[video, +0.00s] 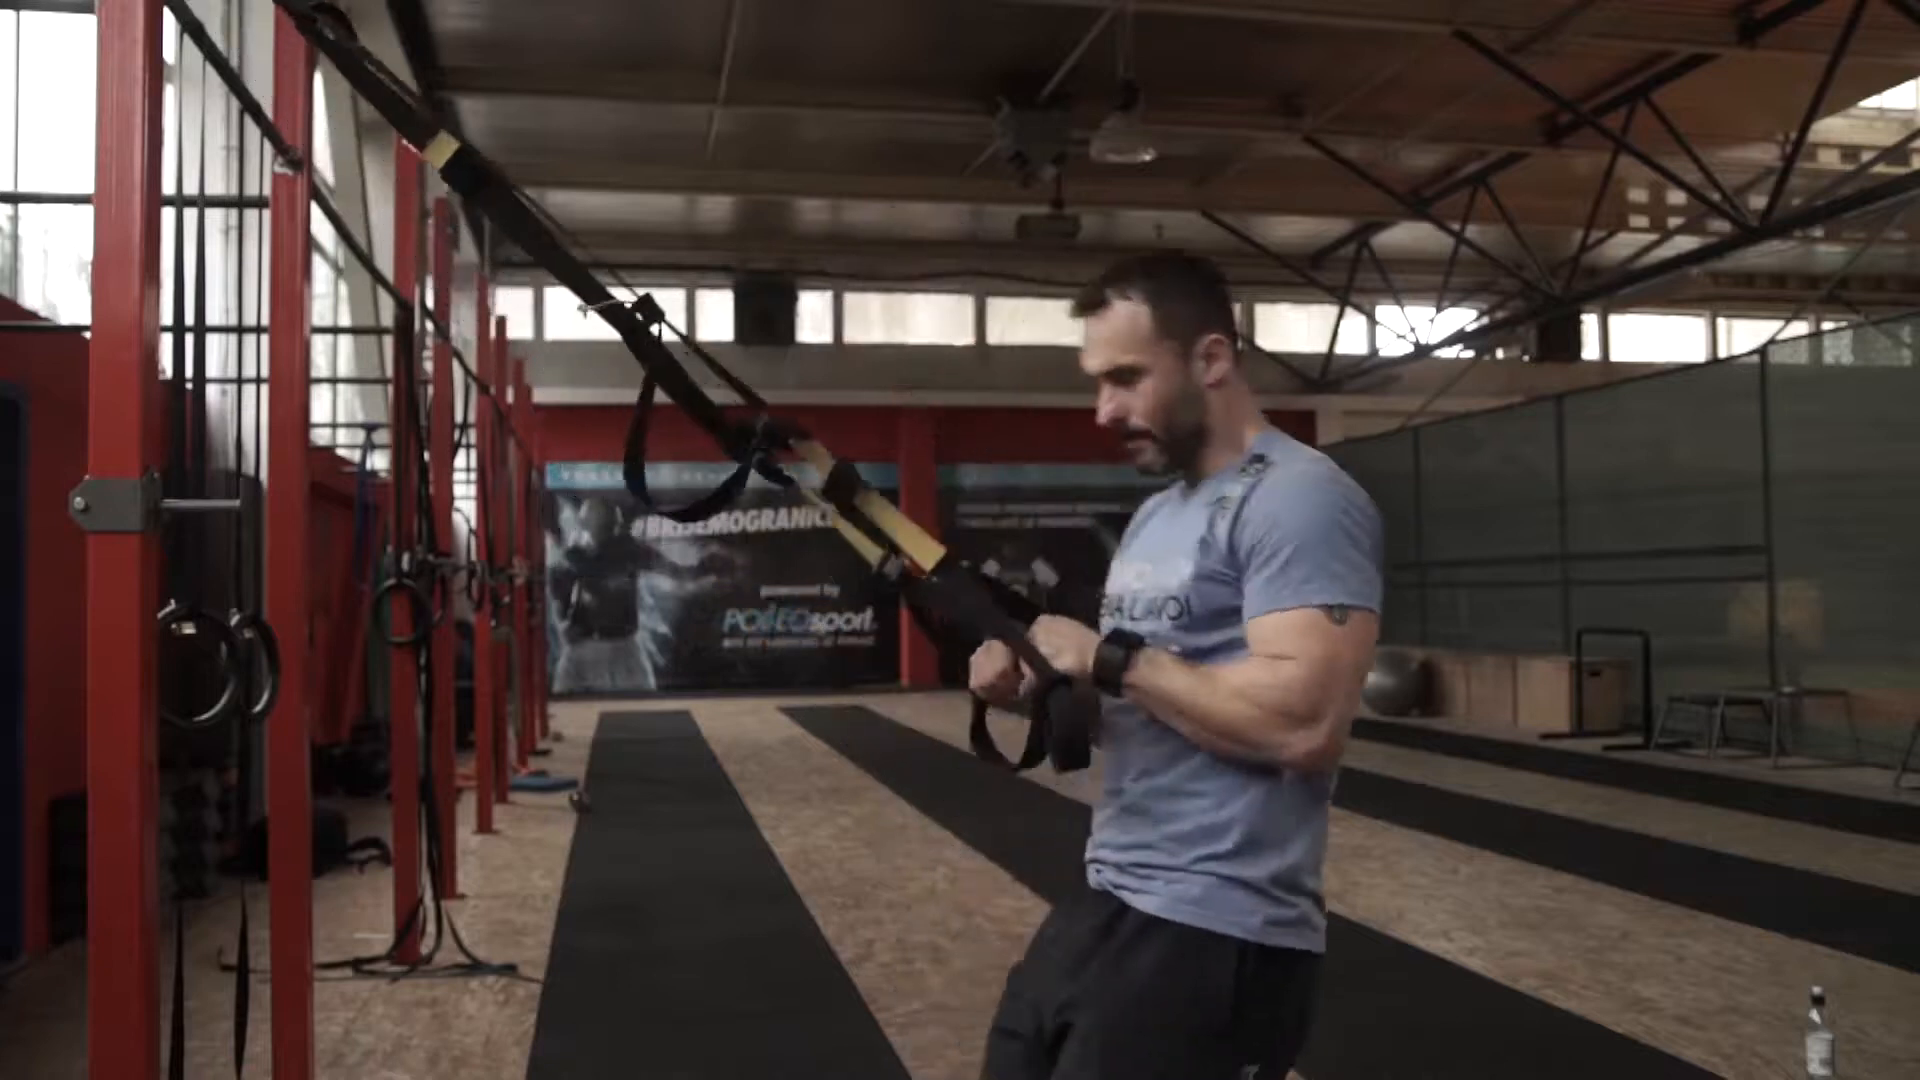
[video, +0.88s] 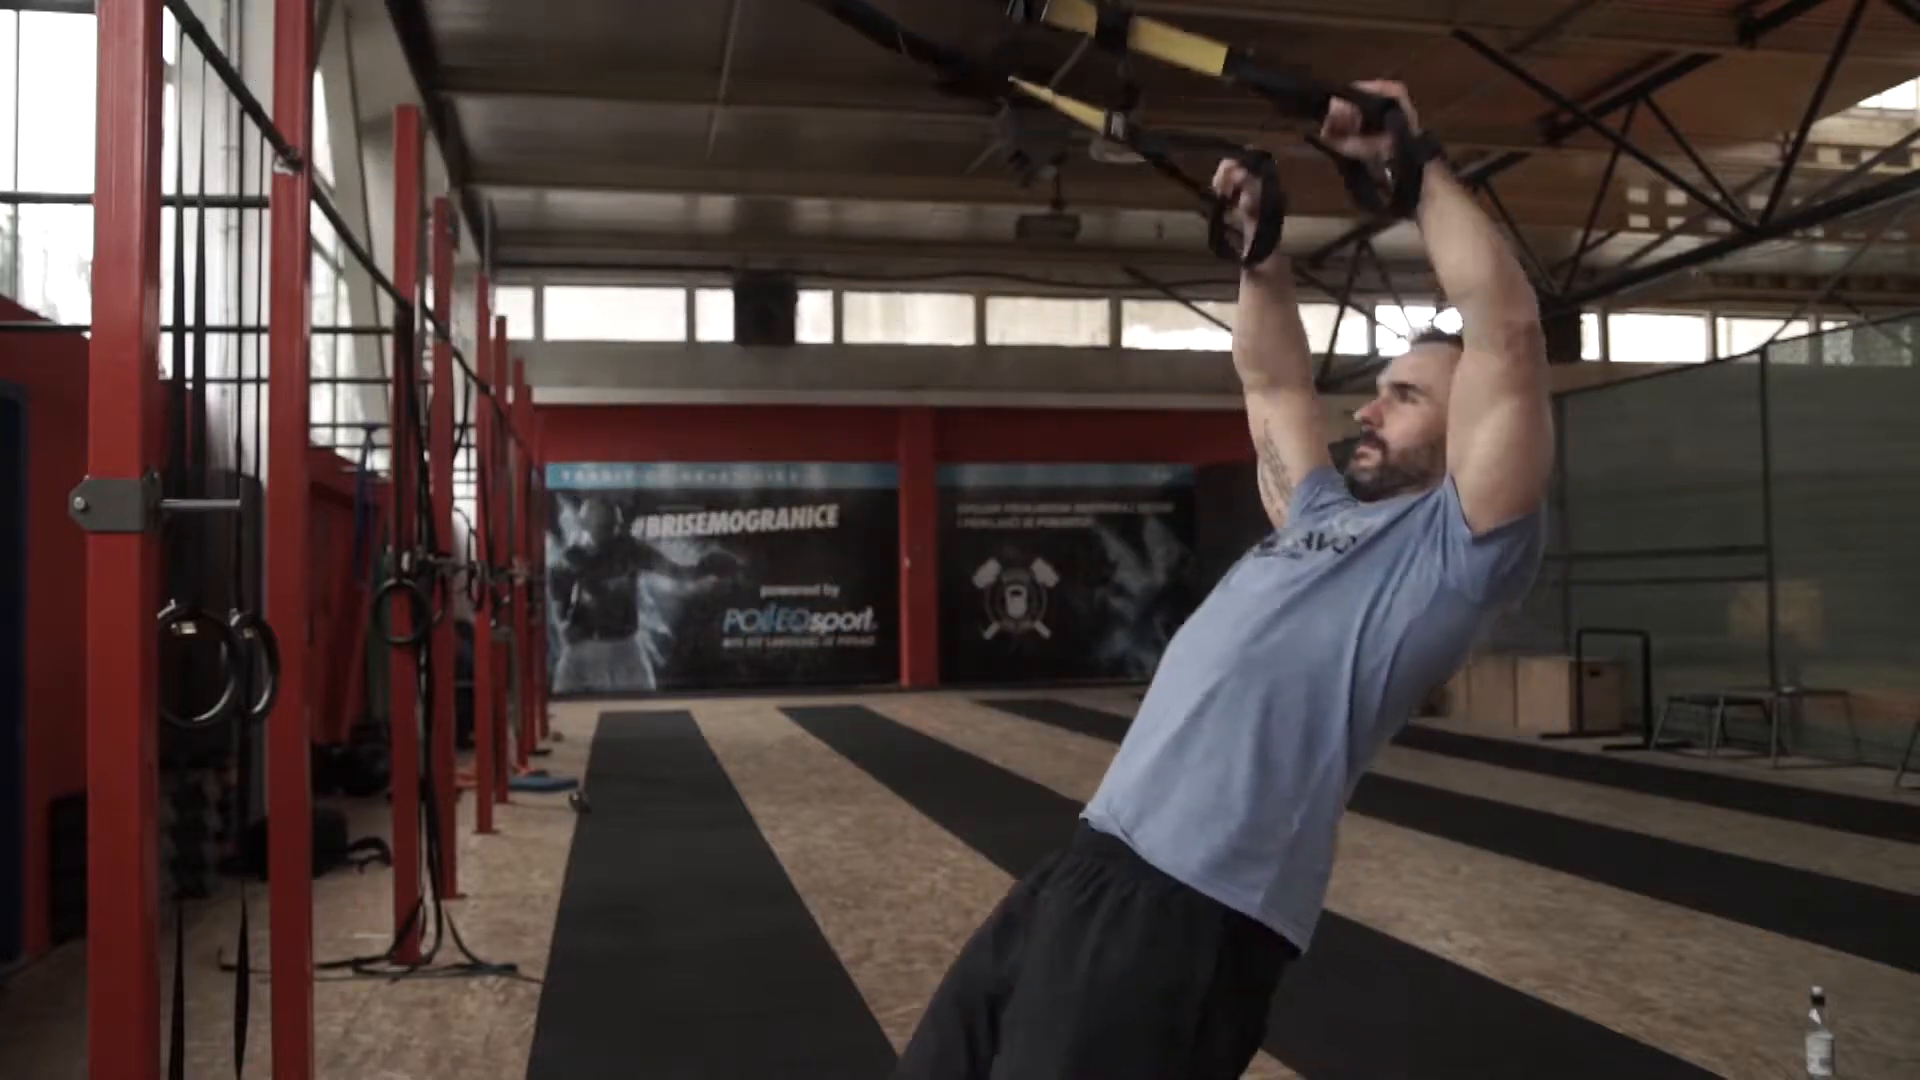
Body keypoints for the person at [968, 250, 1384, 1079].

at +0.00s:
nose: (1106, 411)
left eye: (1128, 378)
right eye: (1098, 385)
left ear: (1213, 359)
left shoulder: (1304, 495)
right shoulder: (1157, 514)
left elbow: (1302, 723)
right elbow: (1152, 713)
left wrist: (1112, 657)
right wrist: (1045, 687)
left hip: (1221, 936)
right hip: (1110, 904)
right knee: (1014, 1059)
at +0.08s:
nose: (1183, 411)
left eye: (1209, 381)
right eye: (1179, 385)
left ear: (1296, 378)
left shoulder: (1369, 517)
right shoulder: (1206, 533)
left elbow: (1323, 722)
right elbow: (1176, 727)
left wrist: (1144, 631)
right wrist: (1070, 669)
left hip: (1255, 946)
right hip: (1137, 909)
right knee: (1033, 1057)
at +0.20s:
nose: (1311, 436)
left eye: (1341, 411)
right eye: (1310, 414)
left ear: (1426, 428)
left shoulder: (1472, 559)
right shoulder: (1290, 568)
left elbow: (1357, 705)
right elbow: (1181, 717)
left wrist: (1191, 591)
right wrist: (1127, 629)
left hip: (1294, 971)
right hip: (1175, 926)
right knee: (1068, 1062)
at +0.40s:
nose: (1464, 499)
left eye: (1498, 483)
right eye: (1468, 479)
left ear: (1574, 521)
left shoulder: (1579, 635)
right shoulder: (1412, 620)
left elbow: (1404, 658)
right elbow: (1247, 662)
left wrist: (1232, 550)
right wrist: (1167, 577)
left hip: (1337, 996)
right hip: (1221, 936)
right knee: (1097, 1060)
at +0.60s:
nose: (1485, 489)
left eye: (1516, 482)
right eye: (1489, 472)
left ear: (1582, 533)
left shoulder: (1569, 645)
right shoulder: (1394, 601)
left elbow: (1475, 529)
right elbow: (1251, 554)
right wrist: (1207, 447)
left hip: (1280, 985)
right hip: (1168, 913)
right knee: (1026, 1064)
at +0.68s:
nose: (1448, 474)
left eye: (1484, 461)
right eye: (1448, 456)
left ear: (1556, 497)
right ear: (1433, 473)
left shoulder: (1529, 618)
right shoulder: (1366, 579)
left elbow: (1502, 446)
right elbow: (1250, 494)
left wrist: (1363, 321)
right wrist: (1227, 375)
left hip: (1248, 965)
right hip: (1139, 901)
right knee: (991, 1067)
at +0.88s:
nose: (1372, 409)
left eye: (1407, 396)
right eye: (1379, 391)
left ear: (1463, 428)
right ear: (1372, 412)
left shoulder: (1462, 545)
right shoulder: (1318, 516)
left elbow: (1509, 325)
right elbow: (1273, 385)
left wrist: (1418, 169)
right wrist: (1258, 254)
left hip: (1187, 931)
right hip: (1084, 874)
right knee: (935, 1060)